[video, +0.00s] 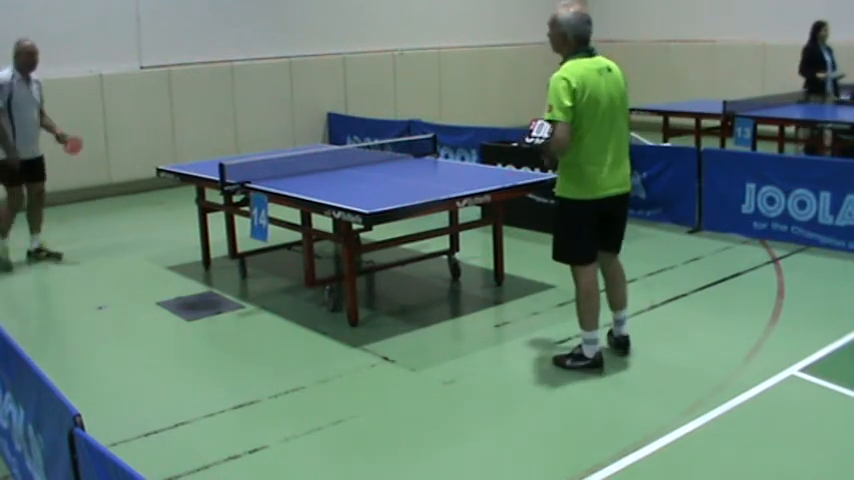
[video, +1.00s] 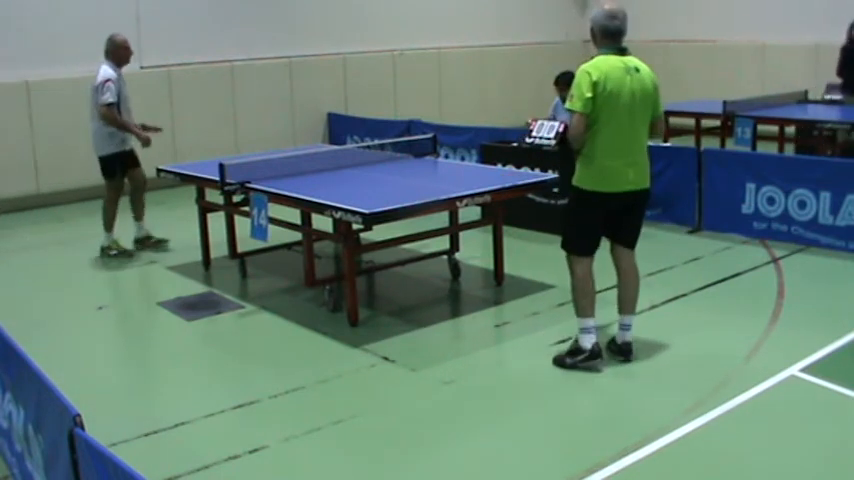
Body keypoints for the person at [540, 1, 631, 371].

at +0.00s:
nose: (547, 35)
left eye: (550, 30)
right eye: (549, 29)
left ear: (564, 36)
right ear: (585, 35)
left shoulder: (564, 79)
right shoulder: (614, 70)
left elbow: (560, 139)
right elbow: (621, 124)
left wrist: (545, 154)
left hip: (580, 192)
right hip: (617, 187)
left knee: (583, 268)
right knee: (610, 257)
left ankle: (590, 348)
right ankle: (621, 332)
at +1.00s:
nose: (591, 38)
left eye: (591, 33)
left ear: (593, 35)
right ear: (624, 34)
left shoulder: (588, 72)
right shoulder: (646, 73)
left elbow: (576, 132)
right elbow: (658, 130)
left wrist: (574, 144)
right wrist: (624, 125)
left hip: (593, 185)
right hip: (636, 184)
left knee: (580, 259)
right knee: (625, 252)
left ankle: (587, 343)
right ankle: (625, 338)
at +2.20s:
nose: (581, 40)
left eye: (582, 35)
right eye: (586, 34)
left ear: (585, 35)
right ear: (615, 33)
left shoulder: (583, 73)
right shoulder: (636, 71)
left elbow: (572, 138)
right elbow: (626, 122)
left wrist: (557, 137)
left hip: (586, 184)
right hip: (626, 183)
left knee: (583, 260)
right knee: (616, 252)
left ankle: (591, 347)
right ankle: (624, 339)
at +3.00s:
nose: (547, 41)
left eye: (548, 36)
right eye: (547, 36)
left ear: (556, 37)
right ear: (582, 35)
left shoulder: (568, 75)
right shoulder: (604, 67)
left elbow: (570, 136)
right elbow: (594, 104)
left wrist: (539, 167)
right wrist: (552, 89)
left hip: (578, 189)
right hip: (605, 184)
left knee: (575, 260)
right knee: (585, 256)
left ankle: (591, 347)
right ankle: (593, 331)